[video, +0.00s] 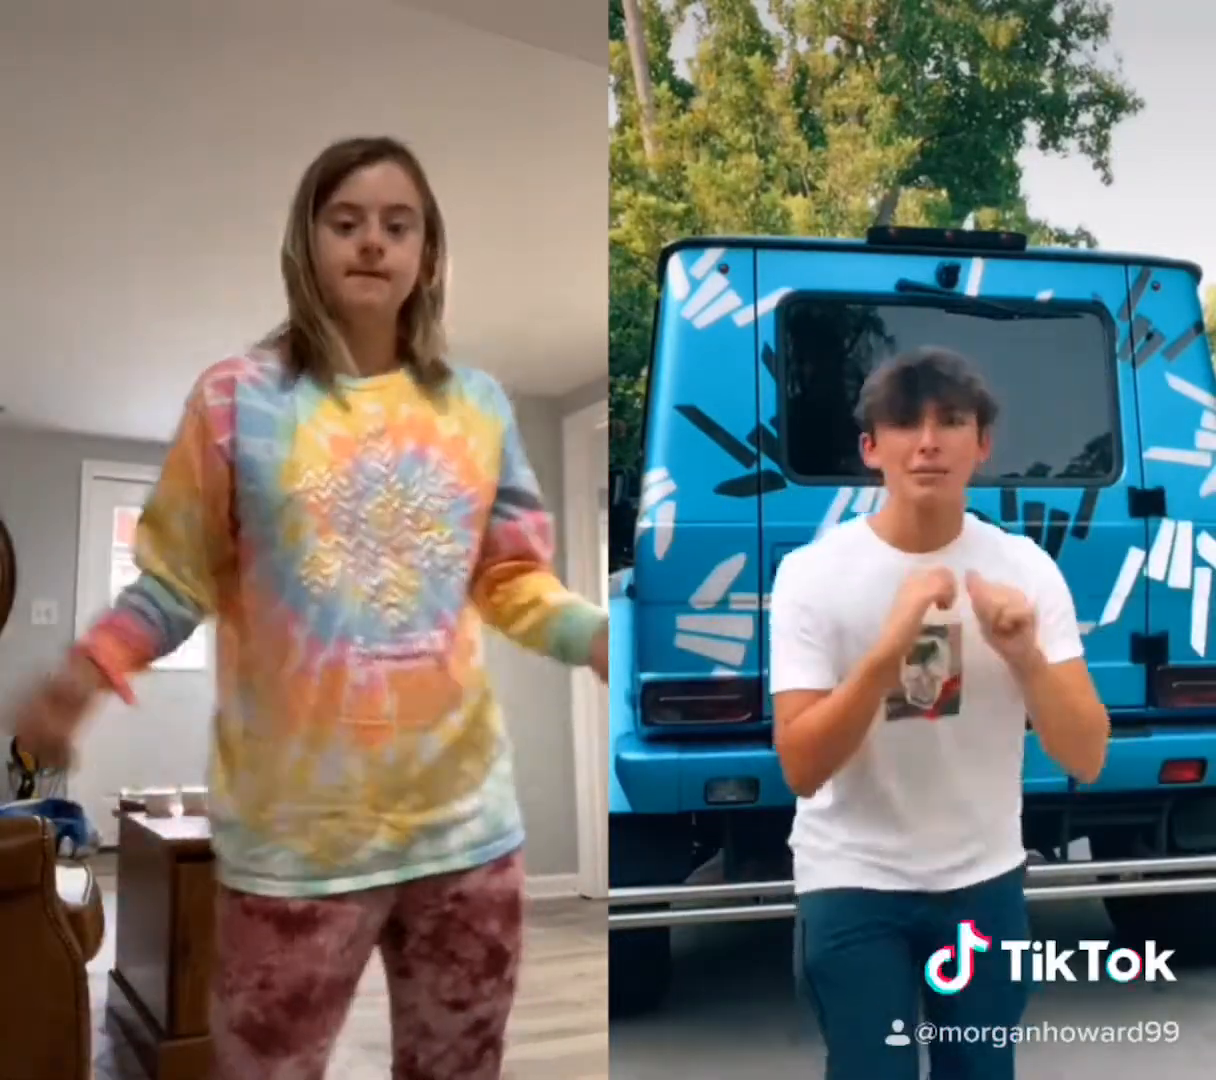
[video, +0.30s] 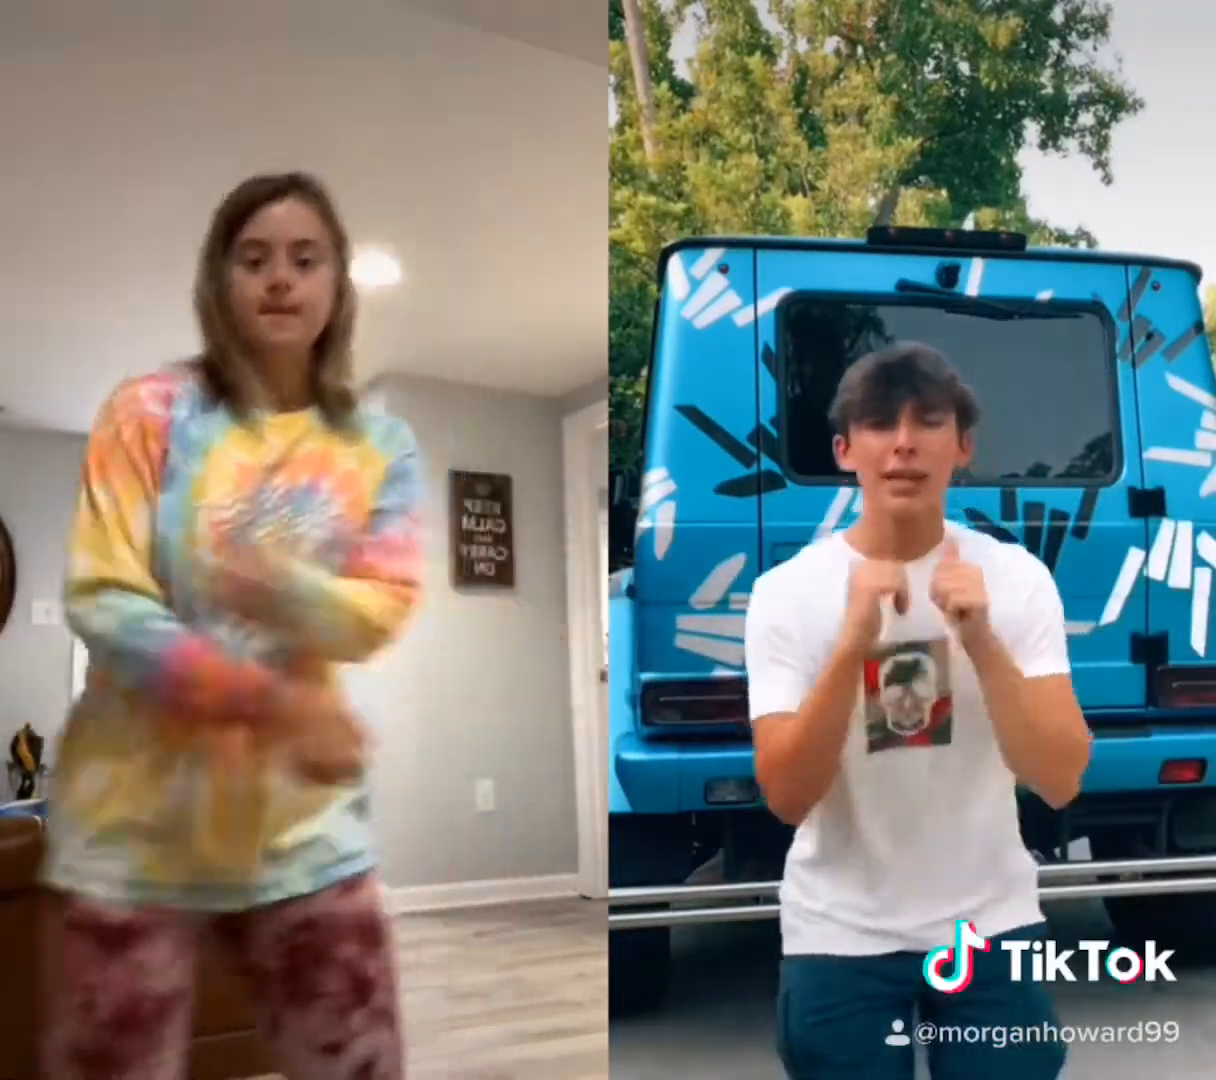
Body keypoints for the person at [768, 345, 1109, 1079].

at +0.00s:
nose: (928, 442)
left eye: (949, 422)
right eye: (907, 424)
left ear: (981, 446)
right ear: (872, 448)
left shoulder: (1025, 568)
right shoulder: (812, 575)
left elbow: (1086, 757)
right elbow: (802, 768)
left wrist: (1025, 655)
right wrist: (888, 652)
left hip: (985, 878)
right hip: (854, 883)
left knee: (982, 1068)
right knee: (876, 1067)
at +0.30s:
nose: (904, 442)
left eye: (927, 421)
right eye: (882, 423)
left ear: (961, 448)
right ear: (845, 452)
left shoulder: (1016, 580)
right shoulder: (786, 596)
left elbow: (1060, 778)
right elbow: (787, 795)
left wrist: (982, 644)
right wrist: (852, 649)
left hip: (992, 924)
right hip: (841, 933)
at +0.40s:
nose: (890, 388)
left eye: (913, 366)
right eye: (868, 369)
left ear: (953, 387)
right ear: (836, 395)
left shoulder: (1020, 509)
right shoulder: (798, 532)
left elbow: (1056, 688)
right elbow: (798, 748)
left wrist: (932, 545)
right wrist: (783, 576)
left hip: (1010, 890)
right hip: (857, 900)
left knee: (1017, 1065)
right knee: (866, 1064)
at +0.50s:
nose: (878, 379)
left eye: (901, 354)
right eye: (854, 359)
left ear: (944, 375)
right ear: (825, 386)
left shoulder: (1015, 481)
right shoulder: (804, 538)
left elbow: (1054, 629)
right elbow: (839, 752)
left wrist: (889, 550)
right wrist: (740, 660)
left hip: (1035, 870)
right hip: (885, 890)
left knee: (1043, 1064)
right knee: (917, 1064)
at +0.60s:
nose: (875, 431)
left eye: (898, 405)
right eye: (853, 411)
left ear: (941, 428)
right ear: (826, 439)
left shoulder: (1022, 529)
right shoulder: (813, 607)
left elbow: (1073, 683)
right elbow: (864, 812)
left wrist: (889, 641)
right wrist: (761, 757)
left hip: (1062, 920)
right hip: (907, 938)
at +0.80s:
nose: (943, 445)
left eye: (966, 425)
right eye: (920, 428)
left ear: (1004, 456)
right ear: (885, 464)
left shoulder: (1085, 561)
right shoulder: (860, 629)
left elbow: (1141, 746)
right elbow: (880, 835)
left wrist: (976, 657)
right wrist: (805, 703)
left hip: (1120, 932)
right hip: (957, 948)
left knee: (1186, 1061)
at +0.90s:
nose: (1024, 384)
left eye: (1048, 366)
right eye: (999, 366)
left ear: (1082, 397)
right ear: (961, 398)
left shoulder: (1145, 514)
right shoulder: (925, 540)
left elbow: (1206, 691)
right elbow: (896, 739)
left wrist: (1094, 552)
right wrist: (903, 553)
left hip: (1157, 893)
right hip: (992, 909)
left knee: (1202, 1057)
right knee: (967, 1066)